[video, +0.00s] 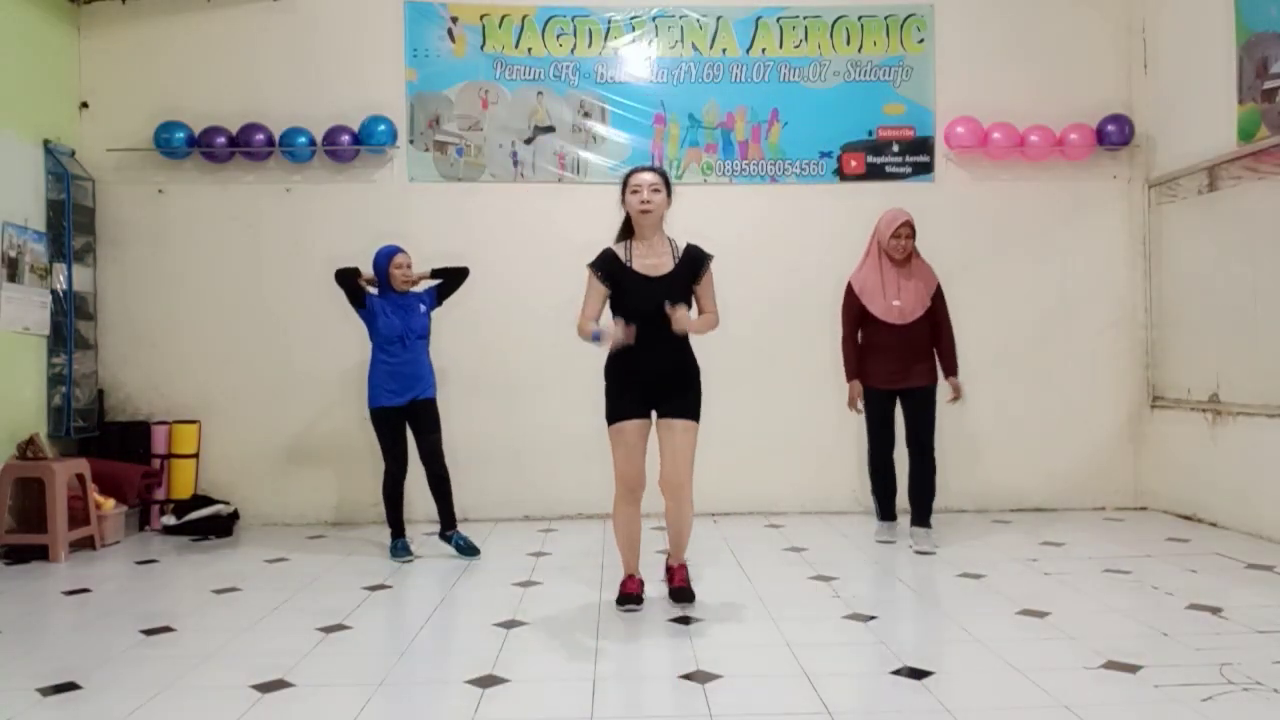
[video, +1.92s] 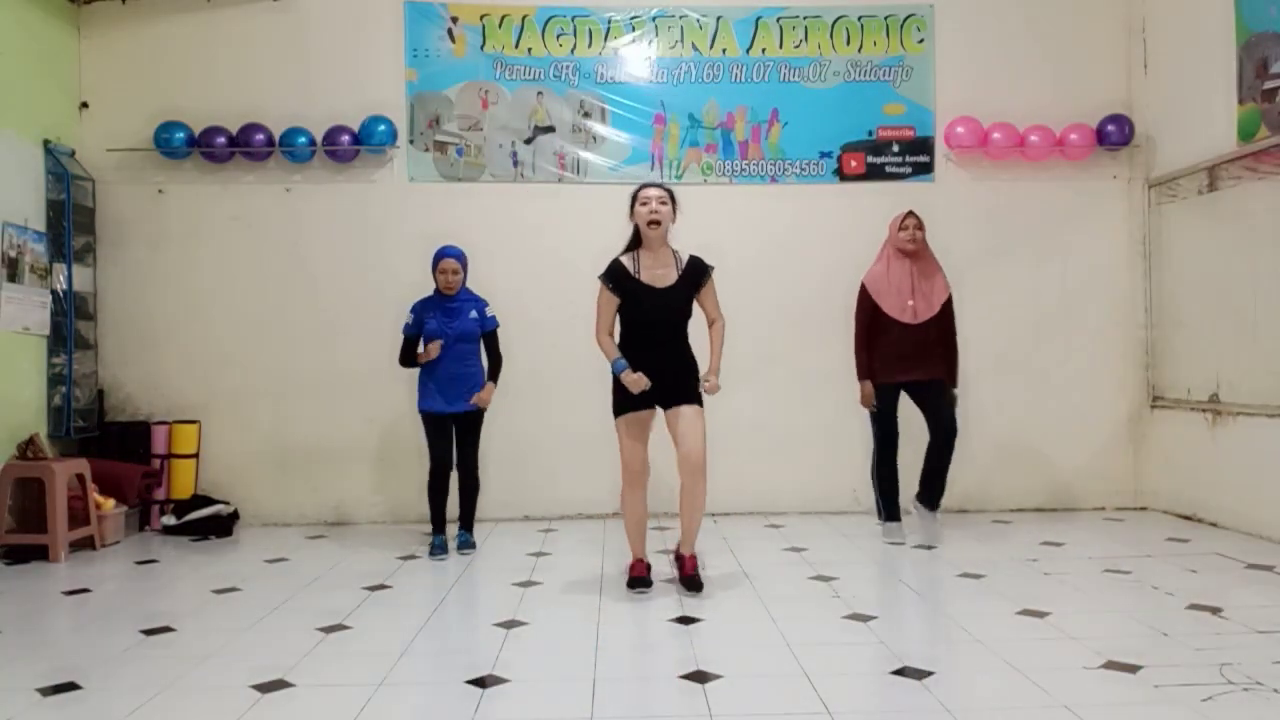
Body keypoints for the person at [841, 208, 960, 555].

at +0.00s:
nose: (903, 243)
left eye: (908, 236)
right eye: (896, 237)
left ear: (914, 239)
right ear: (881, 240)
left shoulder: (925, 277)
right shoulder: (862, 280)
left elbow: (942, 327)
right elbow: (849, 332)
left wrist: (951, 373)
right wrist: (853, 379)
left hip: (920, 378)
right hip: (876, 380)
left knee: (921, 450)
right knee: (881, 450)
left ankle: (921, 524)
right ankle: (886, 519)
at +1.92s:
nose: (912, 233)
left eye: (917, 228)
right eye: (905, 228)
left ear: (924, 236)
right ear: (892, 237)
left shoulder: (934, 276)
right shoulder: (877, 277)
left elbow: (948, 330)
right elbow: (862, 331)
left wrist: (950, 379)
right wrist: (864, 379)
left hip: (925, 371)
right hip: (883, 372)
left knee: (945, 429)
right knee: (886, 443)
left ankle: (928, 504)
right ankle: (890, 519)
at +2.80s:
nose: (907, 231)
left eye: (913, 226)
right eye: (900, 227)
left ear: (921, 234)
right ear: (889, 236)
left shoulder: (937, 276)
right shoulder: (876, 276)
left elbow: (949, 329)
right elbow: (866, 327)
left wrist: (952, 377)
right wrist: (868, 367)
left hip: (926, 371)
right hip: (884, 373)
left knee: (939, 437)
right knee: (888, 445)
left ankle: (919, 508)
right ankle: (890, 518)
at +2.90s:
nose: (909, 235)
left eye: (914, 229)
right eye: (901, 230)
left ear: (922, 235)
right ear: (890, 238)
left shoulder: (941, 279)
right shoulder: (878, 278)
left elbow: (950, 334)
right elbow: (864, 328)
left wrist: (950, 379)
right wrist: (851, 343)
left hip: (927, 377)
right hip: (884, 375)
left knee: (927, 450)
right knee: (888, 446)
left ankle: (917, 520)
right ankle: (889, 518)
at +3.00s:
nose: (910, 230)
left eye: (915, 225)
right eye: (903, 226)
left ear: (924, 232)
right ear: (892, 234)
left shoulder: (942, 275)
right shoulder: (879, 274)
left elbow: (951, 329)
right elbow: (858, 322)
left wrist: (951, 375)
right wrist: (840, 301)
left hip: (926, 365)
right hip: (885, 363)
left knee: (925, 441)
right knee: (888, 432)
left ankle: (917, 520)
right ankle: (890, 498)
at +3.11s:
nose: (911, 228)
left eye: (916, 223)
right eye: (904, 224)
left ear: (925, 230)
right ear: (892, 232)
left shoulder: (941, 272)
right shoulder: (881, 270)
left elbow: (950, 327)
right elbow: (852, 312)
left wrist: (949, 373)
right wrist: (850, 276)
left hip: (926, 364)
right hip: (885, 359)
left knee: (922, 441)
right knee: (889, 417)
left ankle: (917, 519)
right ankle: (891, 489)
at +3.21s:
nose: (912, 231)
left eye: (916, 226)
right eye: (904, 227)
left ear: (923, 233)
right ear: (892, 235)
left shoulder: (937, 274)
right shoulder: (882, 270)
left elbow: (947, 328)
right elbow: (858, 287)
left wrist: (948, 377)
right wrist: (882, 254)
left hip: (926, 373)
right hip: (884, 372)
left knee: (926, 447)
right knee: (888, 443)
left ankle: (917, 519)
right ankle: (885, 519)